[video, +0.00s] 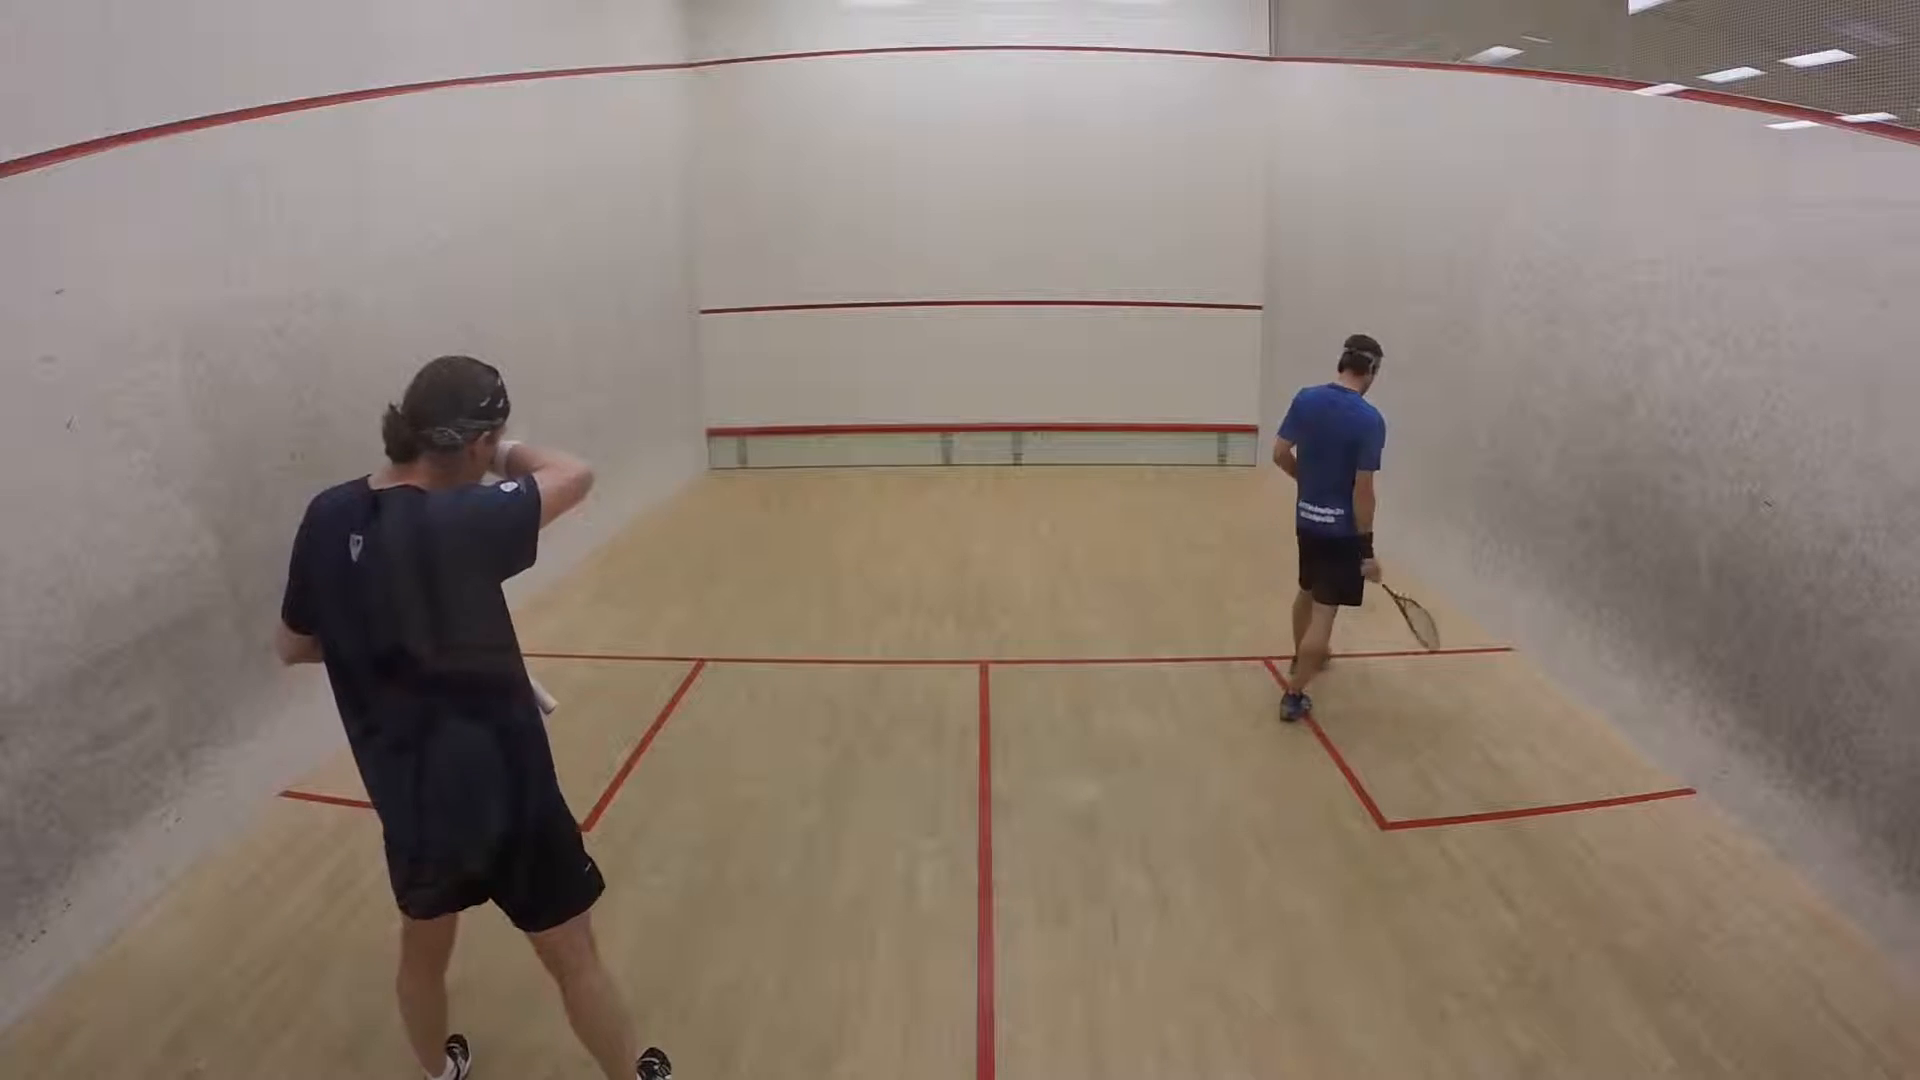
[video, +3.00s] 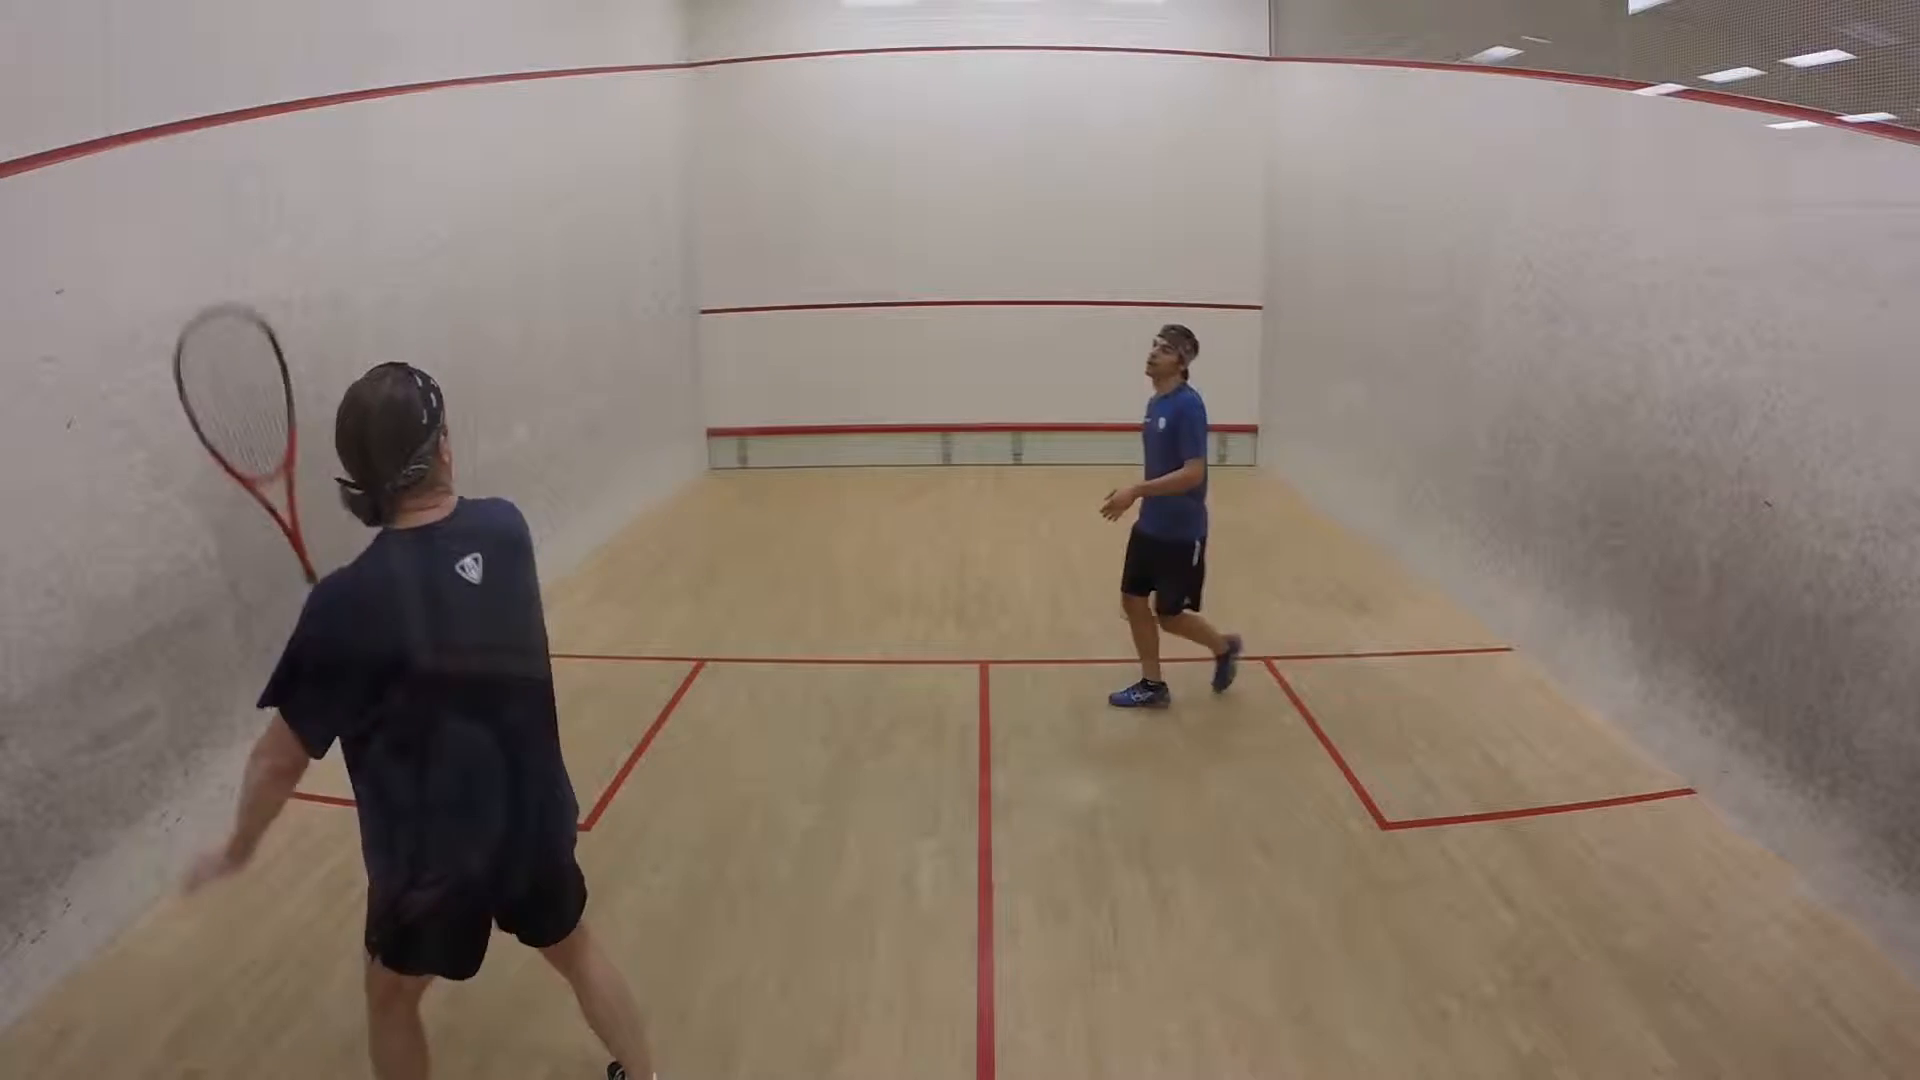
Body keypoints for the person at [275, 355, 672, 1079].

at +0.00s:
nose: (499, 446)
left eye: (498, 435)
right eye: (494, 437)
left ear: (406, 431)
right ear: (474, 444)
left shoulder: (331, 517)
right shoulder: (472, 521)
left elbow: (294, 644)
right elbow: (572, 476)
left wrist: (380, 625)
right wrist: (502, 451)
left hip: (412, 801)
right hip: (509, 792)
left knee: (423, 952)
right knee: (572, 958)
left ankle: (435, 1070)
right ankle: (632, 1072)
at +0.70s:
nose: (473, 436)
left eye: (471, 419)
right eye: (465, 420)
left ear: (383, 427)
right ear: (429, 424)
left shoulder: (315, 521)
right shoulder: (449, 524)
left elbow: (292, 655)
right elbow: (584, 542)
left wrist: (380, 614)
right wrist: (520, 497)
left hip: (401, 797)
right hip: (496, 785)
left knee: (419, 952)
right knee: (568, 953)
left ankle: (433, 1070)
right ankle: (630, 1071)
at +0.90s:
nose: (472, 421)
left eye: (468, 405)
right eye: (460, 408)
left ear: (391, 423)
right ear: (414, 421)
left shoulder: (316, 524)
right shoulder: (455, 527)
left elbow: (299, 658)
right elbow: (571, 640)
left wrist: (370, 616)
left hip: (405, 796)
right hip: (501, 783)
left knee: (419, 955)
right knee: (571, 950)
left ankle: (435, 1070)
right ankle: (631, 1071)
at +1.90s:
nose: (475, 407)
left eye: (468, 392)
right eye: (461, 397)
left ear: (392, 424)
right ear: (421, 421)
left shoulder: (325, 527)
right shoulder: (469, 525)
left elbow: (309, 674)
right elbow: (547, 676)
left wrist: (374, 738)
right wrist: (524, 627)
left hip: (406, 786)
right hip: (505, 777)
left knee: (420, 955)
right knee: (575, 954)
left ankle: (437, 1069)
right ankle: (632, 1071)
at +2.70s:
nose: (437, 422)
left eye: (430, 408)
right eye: (430, 411)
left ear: (344, 444)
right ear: (416, 433)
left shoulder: (305, 554)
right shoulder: (484, 520)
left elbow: (282, 715)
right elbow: (578, 640)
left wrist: (297, 819)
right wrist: (500, 653)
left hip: (393, 807)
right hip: (500, 787)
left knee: (412, 951)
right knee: (577, 938)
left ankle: (437, 1067)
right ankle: (644, 1069)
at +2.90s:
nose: (446, 429)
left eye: (438, 417)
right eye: (440, 421)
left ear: (356, 463)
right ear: (436, 444)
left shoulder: (333, 582)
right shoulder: (506, 529)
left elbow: (298, 748)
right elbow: (549, 639)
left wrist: (281, 863)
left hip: (417, 838)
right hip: (529, 807)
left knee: (410, 978)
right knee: (583, 945)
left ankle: (427, 1072)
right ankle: (641, 1069)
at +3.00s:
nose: (453, 440)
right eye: (448, 430)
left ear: (356, 477)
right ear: (444, 452)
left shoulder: (346, 602)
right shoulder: (505, 531)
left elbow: (280, 756)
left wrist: (238, 847)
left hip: (424, 858)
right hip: (531, 825)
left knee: (394, 1003)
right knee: (580, 953)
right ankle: (641, 1070)